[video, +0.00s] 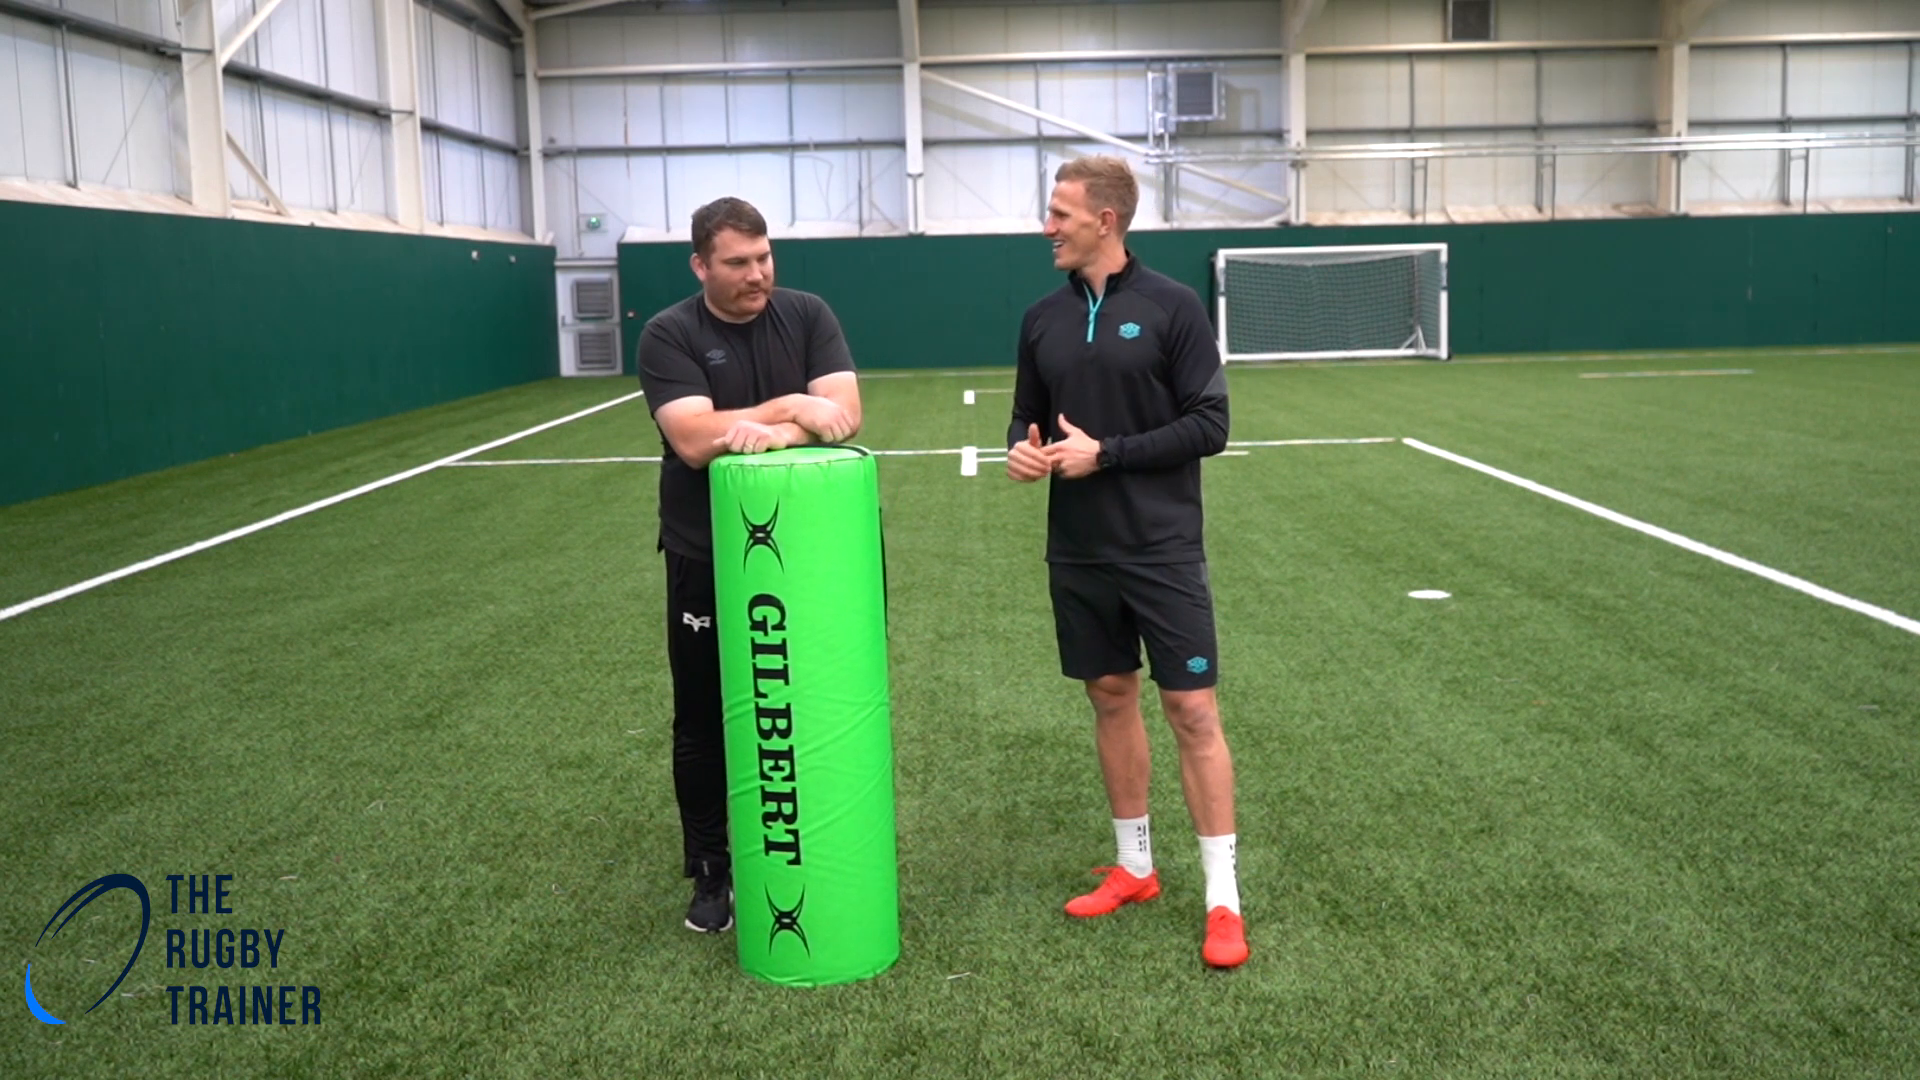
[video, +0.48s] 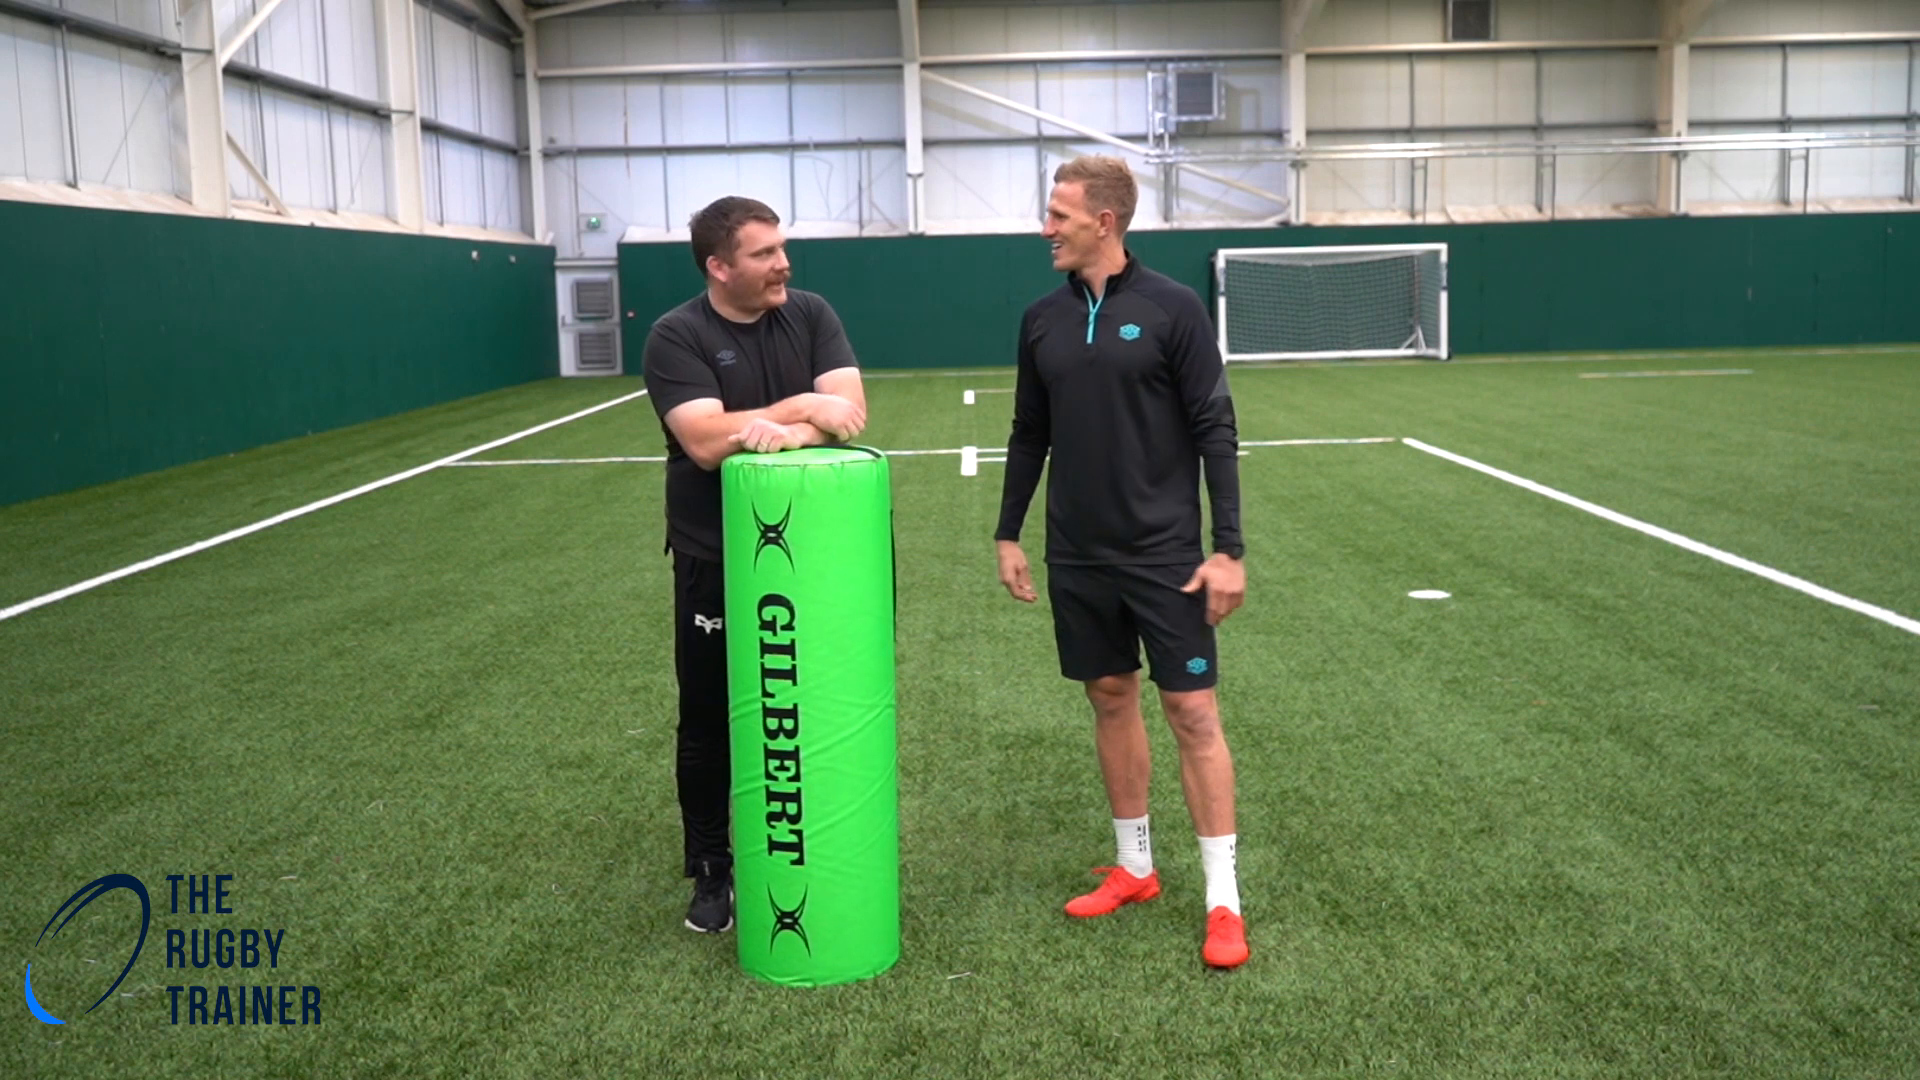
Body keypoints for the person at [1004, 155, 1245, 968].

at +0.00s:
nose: (1048, 227)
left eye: (1061, 216)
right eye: (1049, 214)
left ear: (1110, 223)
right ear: (1075, 221)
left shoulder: (1174, 307)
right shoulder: (1043, 318)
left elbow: (1210, 426)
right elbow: (1029, 426)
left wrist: (1103, 451)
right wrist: (1026, 452)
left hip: (1163, 549)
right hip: (1080, 550)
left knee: (1193, 710)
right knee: (1110, 698)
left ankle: (1223, 896)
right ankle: (1134, 868)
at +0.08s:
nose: (1047, 226)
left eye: (1059, 215)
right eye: (1048, 212)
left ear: (1109, 223)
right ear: (1077, 220)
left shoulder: (1174, 307)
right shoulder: (1044, 317)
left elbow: (1210, 426)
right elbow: (1030, 422)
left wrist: (1109, 466)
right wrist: (1020, 465)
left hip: (1162, 549)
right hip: (1080, 550)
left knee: (1194, 709)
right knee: (1109, 697)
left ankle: (1223, 897)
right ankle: (1134, 869)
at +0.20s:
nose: (1048, 226)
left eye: (1061, 215)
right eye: (1049, 213)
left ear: (1110, 224)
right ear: (1076, 221)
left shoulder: (1174, 307)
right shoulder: (1044, 319)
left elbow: (1208, 429)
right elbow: (1029, 428)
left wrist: (1139, 512)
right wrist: (1007, 511)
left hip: (1164, 547)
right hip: (1078, 550)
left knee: (1194, 709)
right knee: (1109, 697)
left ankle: (1223, 898)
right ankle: (1134, 869)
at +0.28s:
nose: (1047, 227)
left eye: (1061, 215)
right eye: (1049, 213)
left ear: (1109, 223)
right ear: (1079, 221)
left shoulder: (1175, 308)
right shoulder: (1044, 320)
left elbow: (1209, 431)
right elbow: (1029, 435)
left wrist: (1169, 534)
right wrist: (1003, 531)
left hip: (1165, 551)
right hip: (1080, 552)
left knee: (1194, 711)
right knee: (1110, 699)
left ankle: (1223, 898)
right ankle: (1133, 869)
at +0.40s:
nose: (1046, 227)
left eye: (1059, 216)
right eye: (1047, 213)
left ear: (1108, 225)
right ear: (1075, 221)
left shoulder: (1174, 308)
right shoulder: (1044, 320)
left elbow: (1215, 428)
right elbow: (1028, 433)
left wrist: (1209, 545)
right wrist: (1006, 532)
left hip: (1167, 552)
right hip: (1080, 553)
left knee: (1194, 712)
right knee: (1110, 699)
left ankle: (1224, 898)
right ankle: (1134, 869)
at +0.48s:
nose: (1046, 228)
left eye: (1058, 216)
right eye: (1047, 214)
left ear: (1107, 225)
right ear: (1075, 222)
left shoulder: (1174, 309)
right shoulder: (1043, 318)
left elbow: (1217, 431)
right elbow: (1029, 432)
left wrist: (1228, 547)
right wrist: (1009, 531)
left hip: (1167, 550)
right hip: (1079, 552)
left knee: (1193, 712)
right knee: (1109, 700)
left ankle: (1223, 898)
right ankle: (1134, 869)